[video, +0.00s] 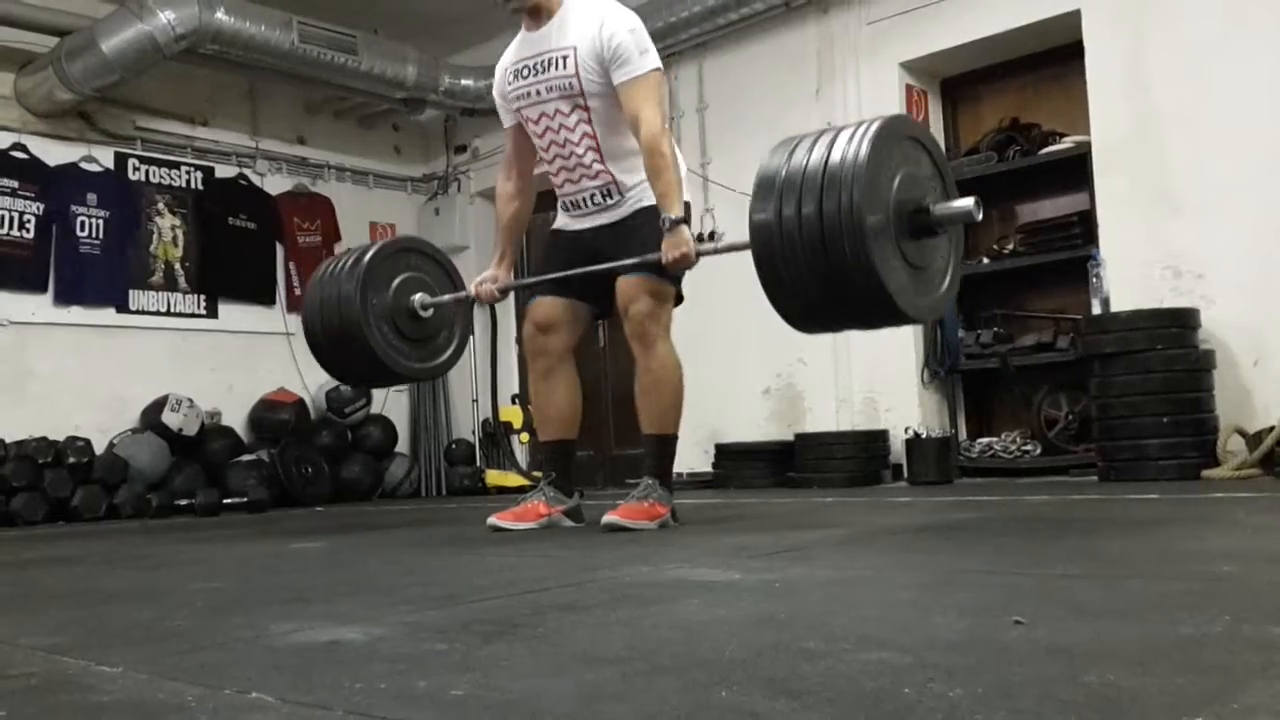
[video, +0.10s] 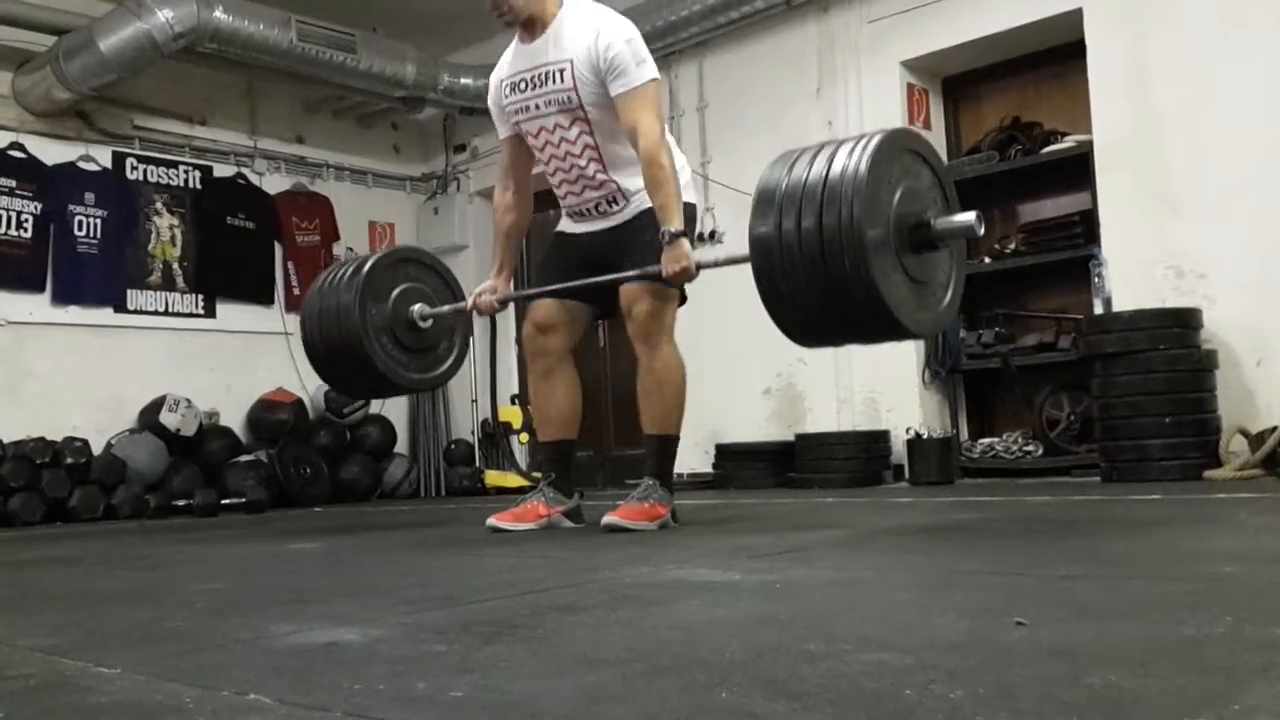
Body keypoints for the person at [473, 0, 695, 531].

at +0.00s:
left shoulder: (608, 23)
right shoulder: (508, 69)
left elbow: (651, 127)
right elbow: (516, 175)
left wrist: (674, 219)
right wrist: (502, 261)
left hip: (639, 207)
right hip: (572, 221)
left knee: (643, 317)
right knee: (543, 333)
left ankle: (657, 487)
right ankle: (557, 491)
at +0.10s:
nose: (496, 3)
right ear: (499, 6)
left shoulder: (605, 34)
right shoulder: (504, 80)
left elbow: (650, 135)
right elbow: (511, 189)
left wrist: (673, 233)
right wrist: (500, 274)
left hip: (645, 207)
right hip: (578, 222)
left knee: (646, 316)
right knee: (543, 333)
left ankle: (657, 488)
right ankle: (556, 492)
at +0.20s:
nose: (479, 11)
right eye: (473, 4)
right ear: (478, 13)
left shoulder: (601, 44)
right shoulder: (498, 90)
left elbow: (648, 149)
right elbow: (509, 197)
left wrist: (672, 247)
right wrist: (499, 284)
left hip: (649, 207)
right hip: (581, 224)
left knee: (649, 319)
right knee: (543, 332)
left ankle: (658, 489)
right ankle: (556, 493)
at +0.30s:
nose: (474, 32)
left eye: (479, 12)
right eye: (463, 22)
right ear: (463, 26)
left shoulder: (597, 56)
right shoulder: (495, 102)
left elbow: (646, 163)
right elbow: (506, 207)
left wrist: (670, 261)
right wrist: (497, 298)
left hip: (657, 207)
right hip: (586, 225)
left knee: (653, 327)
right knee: (546, 338)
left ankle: (658, 490)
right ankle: (556, 493)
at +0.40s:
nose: (466, 51)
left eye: (472, 32)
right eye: (456, 42)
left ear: (511, 13)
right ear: (451, 46)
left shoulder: (593, 73)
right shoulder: (493, 118)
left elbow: (644, 180)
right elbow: (505, 224)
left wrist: (668, 278)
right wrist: (496, 316)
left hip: (661, 209)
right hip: (592, 230)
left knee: (650, 315)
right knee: (547, 334)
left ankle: (657, 489)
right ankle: (556, 492)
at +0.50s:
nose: (463, 75)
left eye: (469, 55)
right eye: (451, 64)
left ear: (507, 34)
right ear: (446, 65)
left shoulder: (590, 92)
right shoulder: (490, 137)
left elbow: (643, 202)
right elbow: (503, 242)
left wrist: (669, 299)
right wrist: (493, 334)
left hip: (665, 214)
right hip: (596, 238)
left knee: (645, 316)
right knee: (541, 332)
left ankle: (657, 489)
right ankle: (556, 493)